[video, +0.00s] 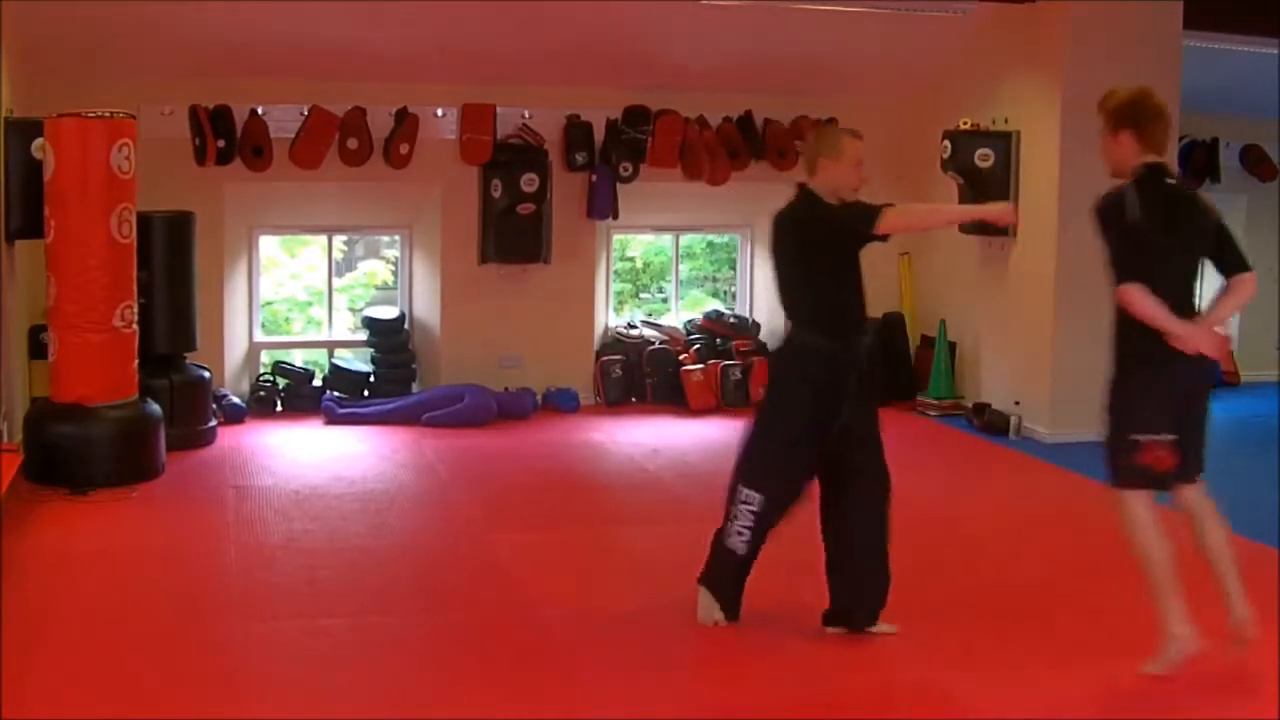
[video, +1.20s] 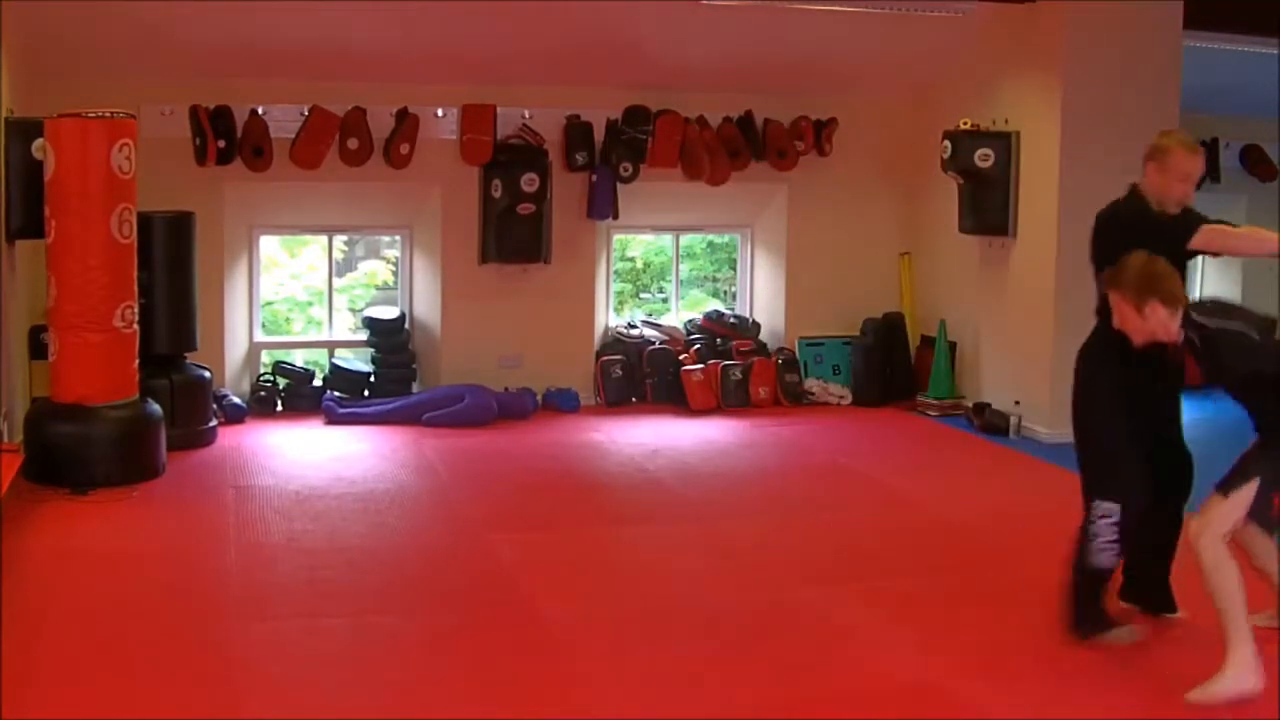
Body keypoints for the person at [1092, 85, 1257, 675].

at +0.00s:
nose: (1103, 147)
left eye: (1107, 136)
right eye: (1105, 136)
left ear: (1126, 139)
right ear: (1157, 139)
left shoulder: (1118, 202)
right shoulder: (1192, 201)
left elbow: (1129, 288)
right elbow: (1244, 280)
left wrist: (1183, 331)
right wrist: (1202, 326)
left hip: (1144, 366)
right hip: (1196, 363)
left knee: (1134, 495)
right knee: (1191, 488)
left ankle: (1177, 630)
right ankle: (1241, 613)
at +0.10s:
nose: (1128, 175)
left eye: (1133, 164)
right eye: (1130, 164)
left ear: (1154, 166)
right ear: (1180, 165)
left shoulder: (1153, 231)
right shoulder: (1215, 222)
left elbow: (1167, 316)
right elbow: (1267, 302)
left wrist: (1224, 361)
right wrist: (1237, 352)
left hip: (1181, 393)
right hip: (1224, 389)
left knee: (1154, 516)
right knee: (1231, 499)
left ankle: (1208, 640)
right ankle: (1278, 601)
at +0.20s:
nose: (1145, 219)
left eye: (1150, 208)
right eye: (1146, 208)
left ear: (1175, 211)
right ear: (1191, 210)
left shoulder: (1181, 275)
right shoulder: (1237, 265)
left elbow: (1202, 353)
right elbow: (1275, 321)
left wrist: (1262, 391)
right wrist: (1268, 388)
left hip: (1228, 431)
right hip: (1263, 427)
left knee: (1143, 531)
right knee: (1249, 520)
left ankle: (1208, 641)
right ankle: (1279, 606)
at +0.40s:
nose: (1158, 305)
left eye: (1163, 294)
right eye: (1157, 294)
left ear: (1192, 294)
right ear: (1197, 294)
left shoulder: (1206, 337)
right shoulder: (1244, 328)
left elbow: (1267, 402)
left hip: (1262, 480)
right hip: (1269, 477)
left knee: (1154, 542)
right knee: (1261, 540)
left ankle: (1211, 669)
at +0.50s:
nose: (1150, 326)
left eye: (1156, 315)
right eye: (1149, 316)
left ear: (1189, 316)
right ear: (1190, 317)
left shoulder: (1218, 359)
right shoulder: (1226, 350)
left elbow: (1274, 415)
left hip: (1267, 498)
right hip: (1265, 493)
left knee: (1163, 568)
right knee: (1256, 549)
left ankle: (1222, 697)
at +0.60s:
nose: (1144, 343)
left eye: (1149, 331)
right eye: (1143, 332)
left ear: (1185, 334)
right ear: (1185, 334)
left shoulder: (1235, 382)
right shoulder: (1218, 372)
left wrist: (1256, 538)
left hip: (1267, 515)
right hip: (1260, 505)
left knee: (1163, 572)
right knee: (1245, 565)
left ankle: (1222, 699)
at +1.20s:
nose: (1114, 321)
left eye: (1118, 310)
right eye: (1112, 311)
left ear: (1148, 309)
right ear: (1156, 306)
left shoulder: (1218, 346)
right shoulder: (1197, 333)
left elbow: (1271, 427)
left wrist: (1235, 488)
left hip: (1275, 437)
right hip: (1270, 433)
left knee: (1206, 532)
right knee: (1247, 526)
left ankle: (1242, 664)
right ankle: (1279, 605)